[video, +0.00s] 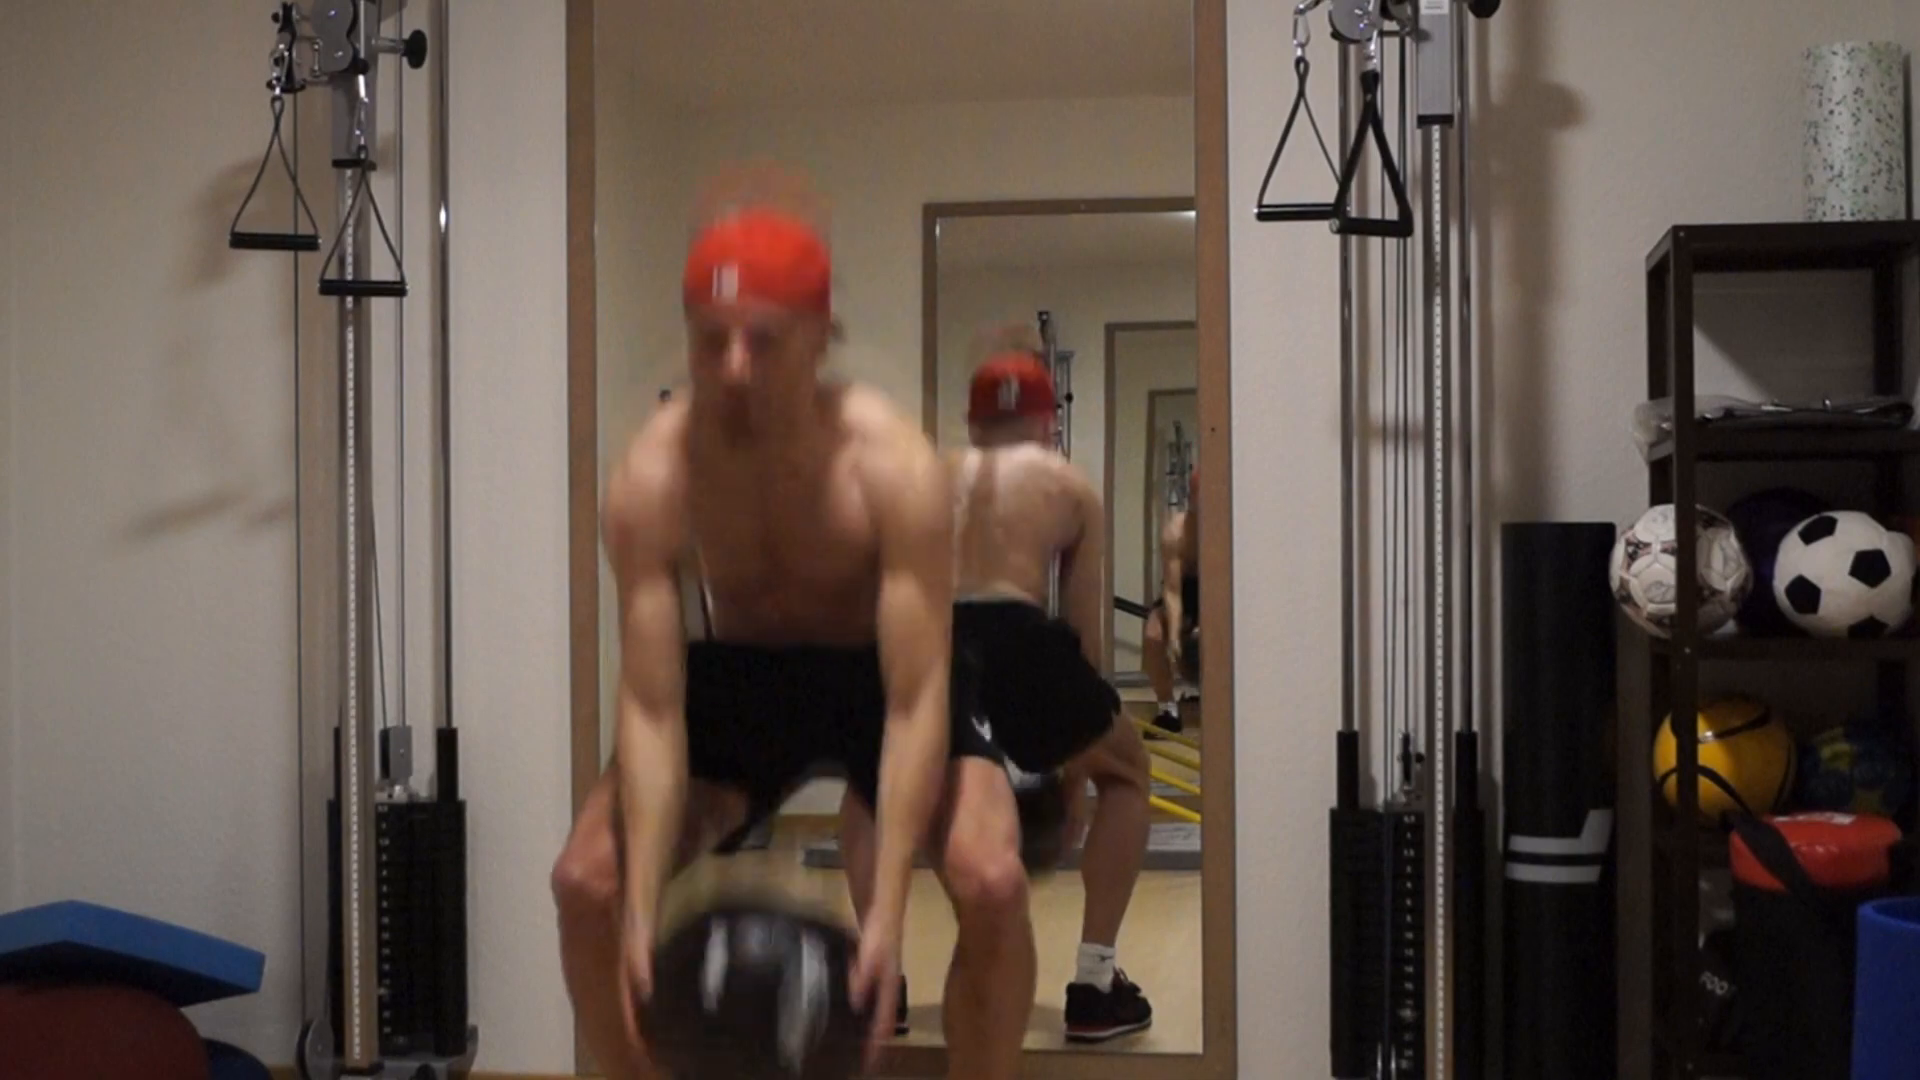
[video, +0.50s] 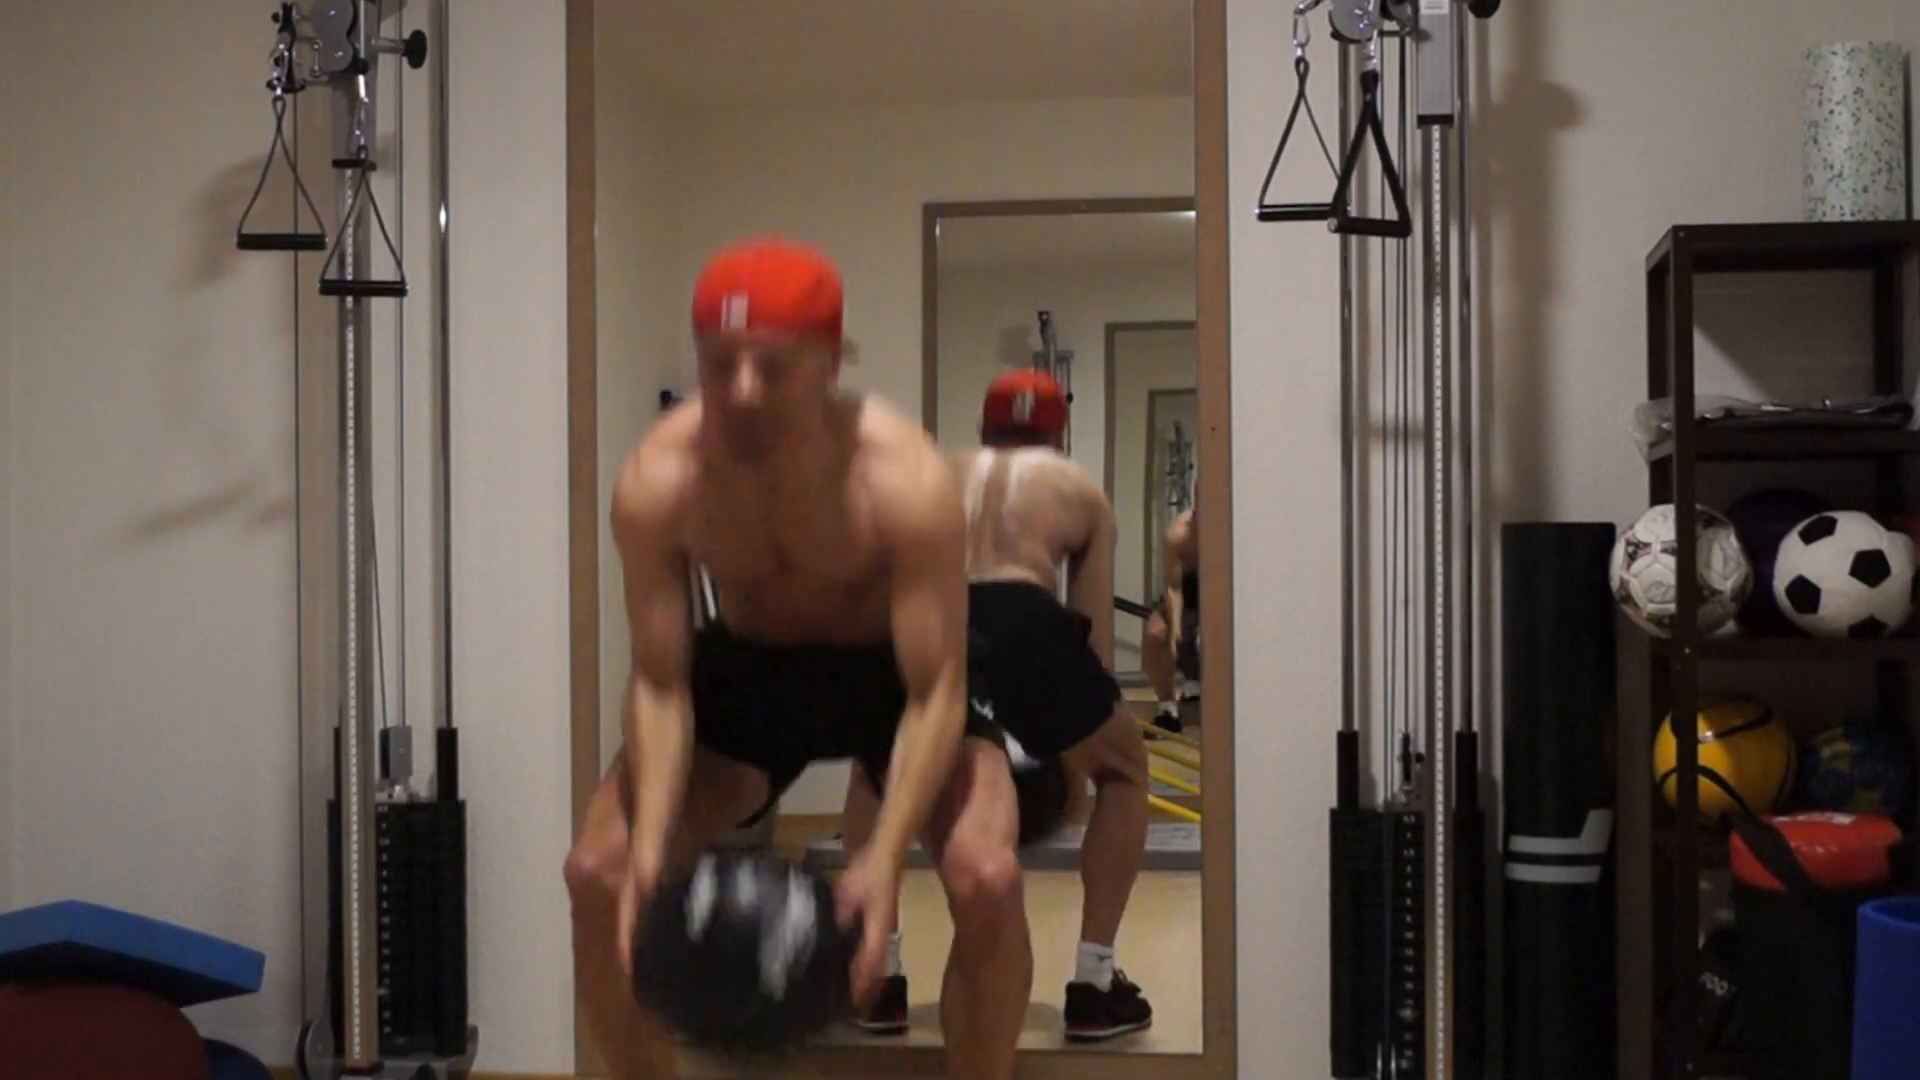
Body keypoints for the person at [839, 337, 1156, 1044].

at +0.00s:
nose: (1045, 421)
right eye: (1046, 411)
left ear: (972, 416)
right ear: (1045, 417)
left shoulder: (929, 474)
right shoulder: (1070, 486)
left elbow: (894, 598)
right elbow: (1086, 634)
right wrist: (1082, 748)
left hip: (922, 647)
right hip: (1019, 648)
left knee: (862, 799)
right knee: (1126, 771)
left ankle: (876, 975)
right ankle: (1096, 980)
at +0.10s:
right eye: (1055, 481)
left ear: (977, 478)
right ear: (1054, 482)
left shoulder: (934, 527)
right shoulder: (1079, 548)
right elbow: (1076, 706)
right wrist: (1069, 863)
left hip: (924, 677)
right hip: (1022, 684)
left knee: (855, 791)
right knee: (1131, 780)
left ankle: (875, 970)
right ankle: (1096, 981)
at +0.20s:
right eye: (1063, 546)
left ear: (984, 536)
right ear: (1060, 545)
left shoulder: (927, 580)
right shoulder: (1078, 595)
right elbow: (1078, 774)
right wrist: (1067, 901)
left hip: (918, 716)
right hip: (1022, 718)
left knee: (852, 798)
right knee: (1137, 781)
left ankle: (877, 972)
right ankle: (1095, 980)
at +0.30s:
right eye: (1063, 549)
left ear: (986, 537)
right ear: (1061, 547)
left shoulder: (925, 579)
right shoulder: (1082, 597)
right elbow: (1080, 769)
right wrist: (1066, 898)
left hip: (919, 712)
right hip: (1023, 712)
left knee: (861, 797)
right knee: (1138, 781)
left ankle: (876, 972)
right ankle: (1095, 979)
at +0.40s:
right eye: (1064, 488)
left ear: (987, 484)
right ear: (1061, 488)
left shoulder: (939, 525)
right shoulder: (1081, 544)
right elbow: (1084, 702)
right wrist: (1071, 848)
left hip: (930, 667)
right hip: (1032, 672)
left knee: (862, 792)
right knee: (1133, 781)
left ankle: (875, 971)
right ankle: (1096, 980)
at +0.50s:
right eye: (1063, 428)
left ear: (984, 427)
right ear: (1058, 430)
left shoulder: (936, 475)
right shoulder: (1084, 494)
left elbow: (899, 594)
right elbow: (1090, 639)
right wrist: (1076, 772)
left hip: (930, 633)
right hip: (1030, 638)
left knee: (871, 776)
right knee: (1124, 772)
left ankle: (873, 965)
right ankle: (1094, 979)